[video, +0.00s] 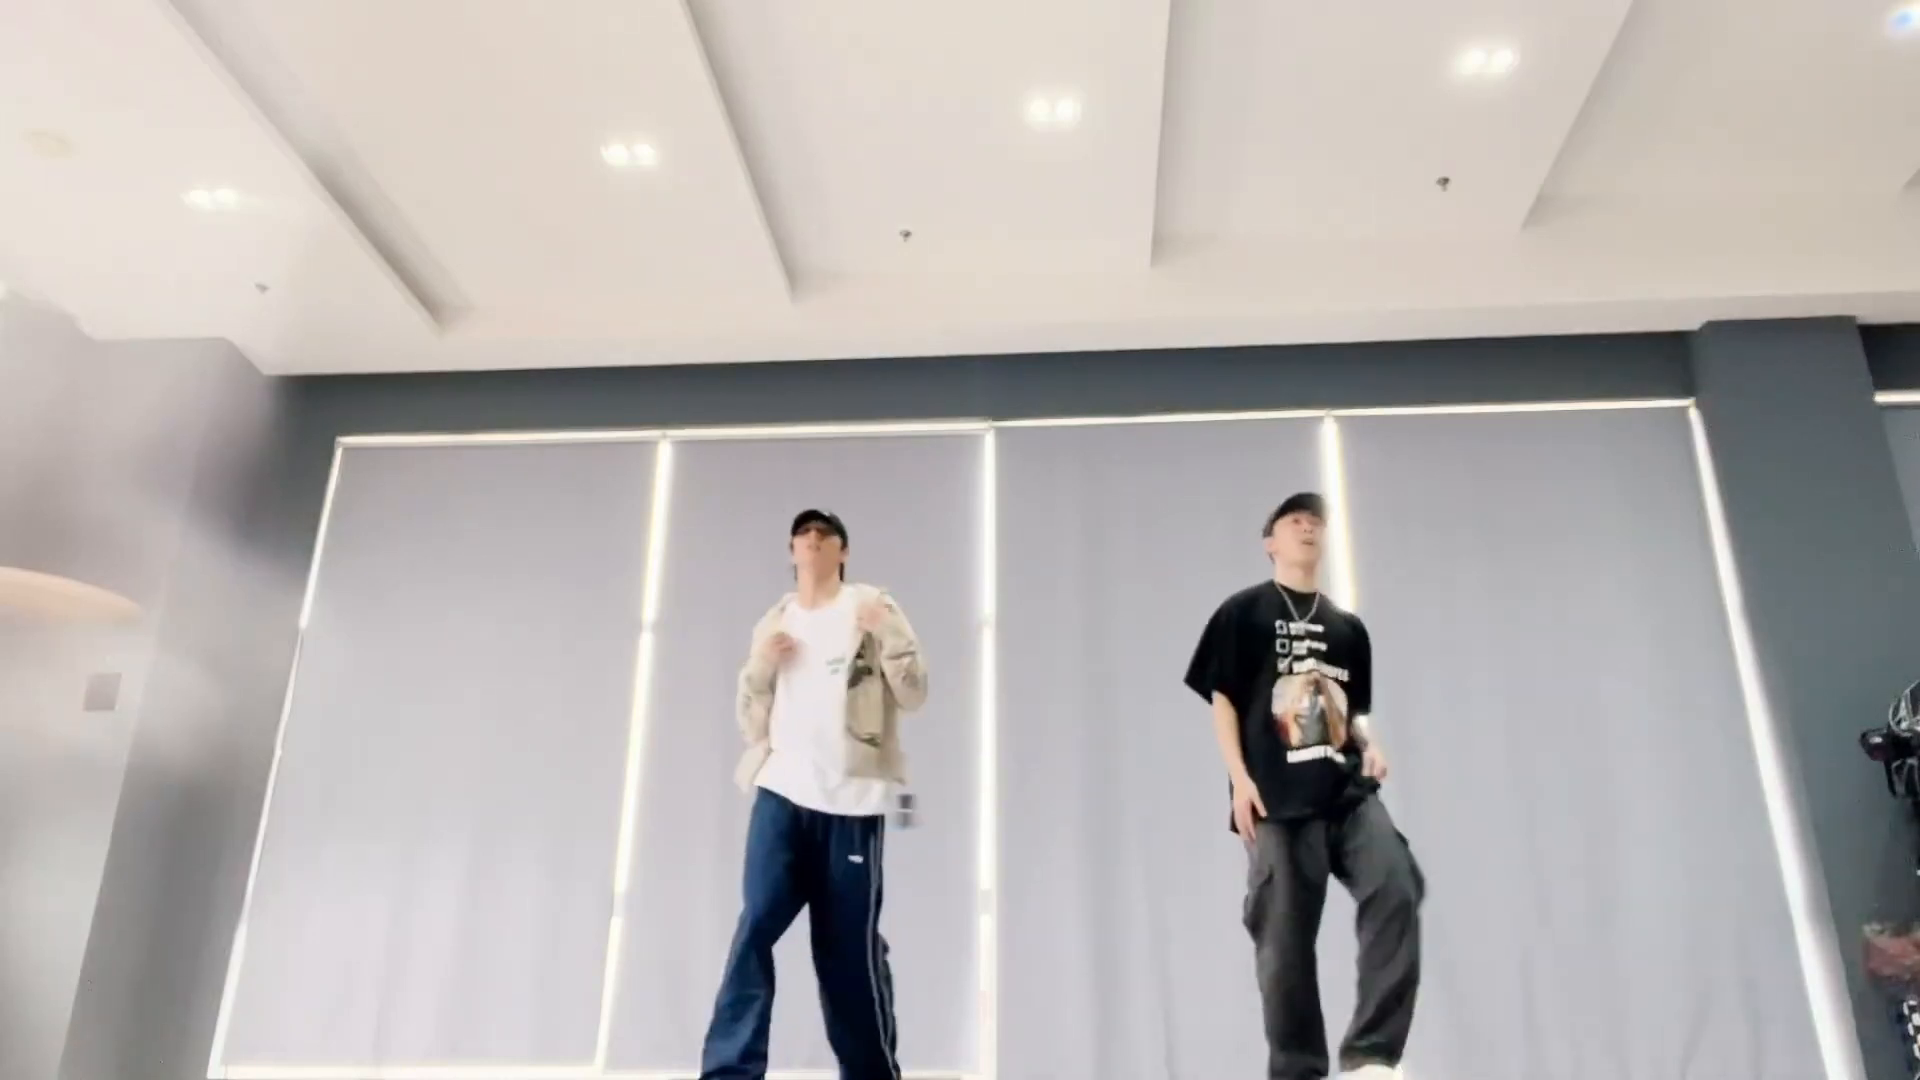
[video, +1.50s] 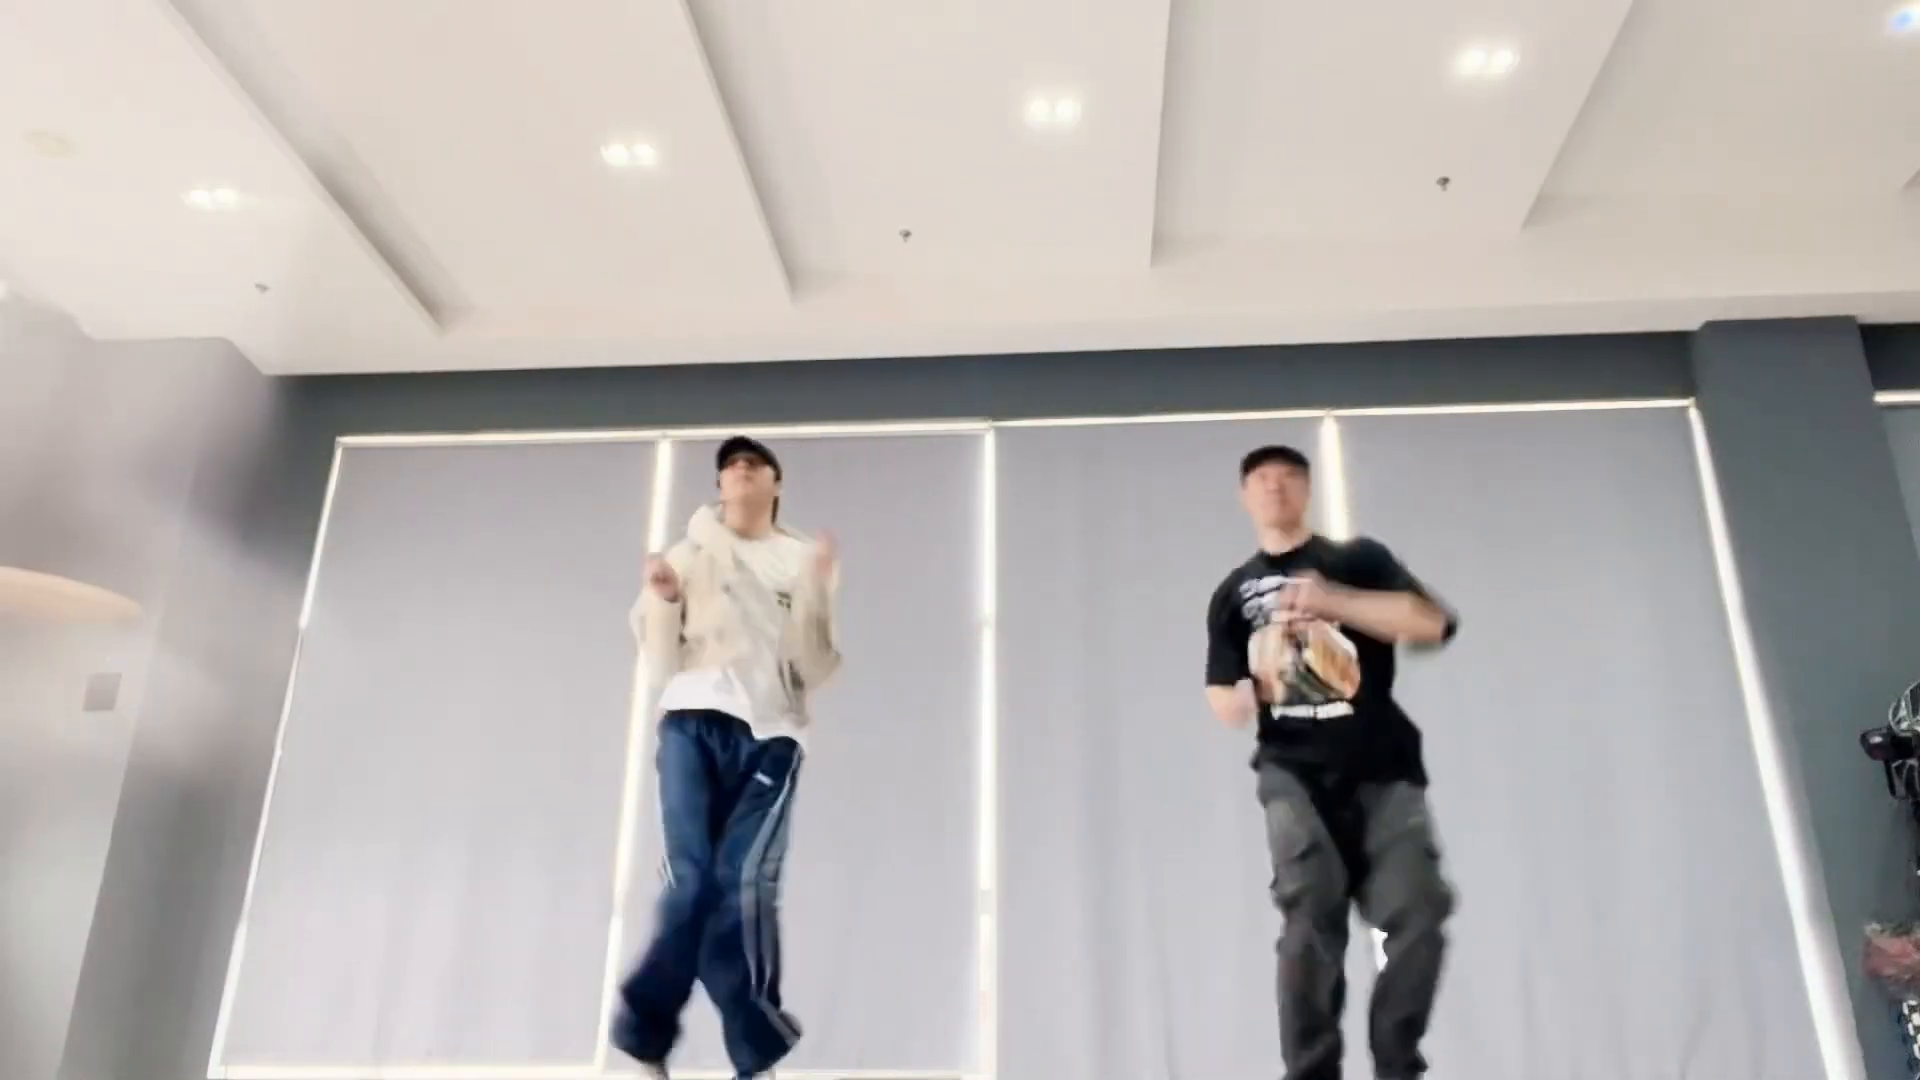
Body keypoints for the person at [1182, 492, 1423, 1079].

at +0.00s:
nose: (1308, 528)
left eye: (1316, 521)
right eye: (1295, 522)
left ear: (1325, 541)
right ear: (1270, 542)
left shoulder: (1348, 628)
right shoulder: (1242, 612)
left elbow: (1354, 711)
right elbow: (1222, 703)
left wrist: (1370, 744)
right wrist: (1240, 780)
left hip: (1348, 796)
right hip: (1278, 802)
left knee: (1396, 887)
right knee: (1283, 939)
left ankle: (1372, 1057)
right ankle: (1297, 1072)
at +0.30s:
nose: (1311, 503)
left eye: (1320, 496)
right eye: (1298, 495)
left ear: (1330, 513)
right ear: (1276, 514)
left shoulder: (1364, 600)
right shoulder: (1242, 594)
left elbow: (1407, 681)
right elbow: (1222, 674)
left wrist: (1390, 723)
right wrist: (1246, 743)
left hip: (1355, 781)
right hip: (1275, 783)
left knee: (1365, 913)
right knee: (1278, 919)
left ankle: (1371, 1062)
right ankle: (1287, 1064)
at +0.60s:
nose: (1307, 472)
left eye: (1317, 465)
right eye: (1295, 464)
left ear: (1329, 484)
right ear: (1272, 484)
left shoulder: (1368, 561)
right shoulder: (1244, 567)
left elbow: (1419, 639)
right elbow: (1210, 650)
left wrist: (1454, 600)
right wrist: (1187, 613)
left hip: (1369, 758)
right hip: (1279, 756)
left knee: (1386, 889)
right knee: (1260, 864)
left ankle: (1400, 1063)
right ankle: (1292, 1032)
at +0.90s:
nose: (1326, 472)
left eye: (1334, 465)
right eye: (1312, 462)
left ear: (1340, 486)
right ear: (1278, 478)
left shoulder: (1355, 574)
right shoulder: (1243, 558)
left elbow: (1371, 667)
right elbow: (1239, 659)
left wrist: (1358, 726)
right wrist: (1294, 727)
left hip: (1350, 764)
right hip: (1274, 767)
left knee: (1377, 909)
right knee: (1313, 904)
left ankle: (1374, 1061)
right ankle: (1313, 1066)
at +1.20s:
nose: (1365, 576)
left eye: (1372, 570)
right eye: (1351, 564)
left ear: (1376, 588)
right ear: (1323, 570)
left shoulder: (1360, 667)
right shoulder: (1290, 587)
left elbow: (1447, 656)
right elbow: (1274, 488)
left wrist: (1531, 613)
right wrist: (1289, 389)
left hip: (1274, 831)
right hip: (1215, 802)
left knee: (1370, 912)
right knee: (1159, 932)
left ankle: (1375, 1068)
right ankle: (1019, 1041)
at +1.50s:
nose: (1276, 488)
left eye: (1289, 477)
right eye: (1261, 480)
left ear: (1308, 491)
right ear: (1246, 500)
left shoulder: (1359, 561)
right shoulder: (1234, 594)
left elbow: (1433, 624)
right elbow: (1227, 707)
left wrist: (1333, 603)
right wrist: (1270, 671)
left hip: (1380, 760)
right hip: (1292, 770)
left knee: (1419, 907)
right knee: (1311, 911)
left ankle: (1397, 1065)